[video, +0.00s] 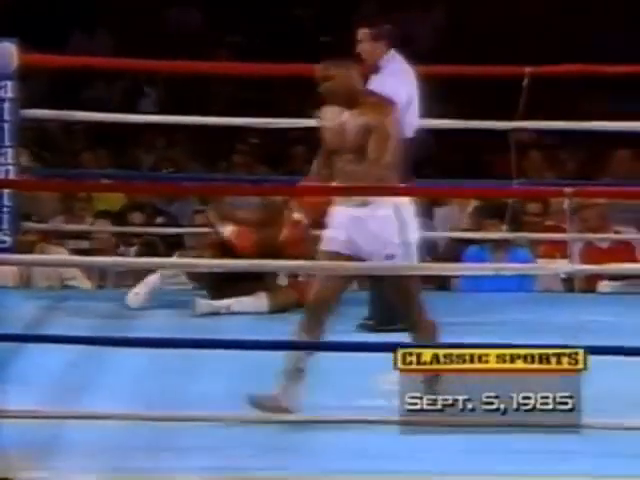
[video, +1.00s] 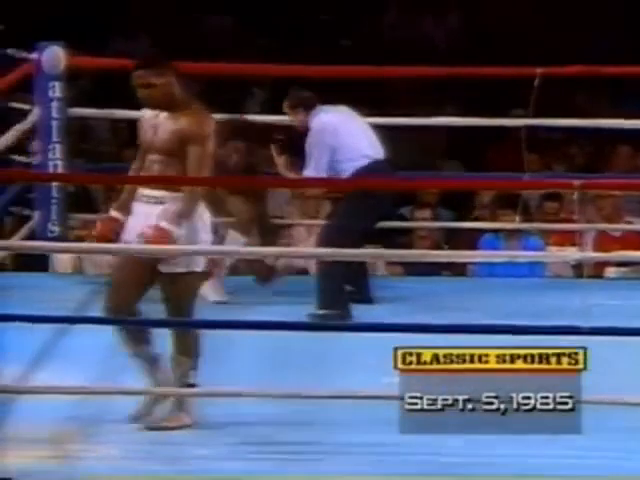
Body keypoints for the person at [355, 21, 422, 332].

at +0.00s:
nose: (358, 49)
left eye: (363, 42)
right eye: (358, 42)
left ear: (382, 43)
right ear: (377, 43)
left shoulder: (388, 80)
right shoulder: (394, 68)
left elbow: (373, 121)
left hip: (395, 148)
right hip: (401, 143)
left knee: (383, 225)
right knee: (382, 225)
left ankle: (387, 310)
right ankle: (385, 307)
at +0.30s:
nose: (330, 66)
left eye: (331, 59)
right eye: (329, 60)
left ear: (343, 57)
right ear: (354, 53)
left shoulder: (361, 82)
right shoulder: (378, 72)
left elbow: (362, 139)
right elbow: (388, 123)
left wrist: (348, 178)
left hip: (376, 152)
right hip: (391, 147)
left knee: (367, 230)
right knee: (372, 228)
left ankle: (382, 308)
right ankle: (379, 301)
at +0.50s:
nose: (307, 82)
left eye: (307, 76)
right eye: (305, 76)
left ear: (317, 70)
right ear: (331, 65)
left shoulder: (333, 91)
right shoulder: (361, 79)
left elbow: (341, 149)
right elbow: (377, 123)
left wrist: (316, 169)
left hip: (364, 155)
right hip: (384, 149)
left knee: (358, 230)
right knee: (355, 225)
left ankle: (381, 309)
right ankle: (336, 292)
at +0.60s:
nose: (293, 96)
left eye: (294, 89)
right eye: (292, 89)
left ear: (305, 87)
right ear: (317, 83)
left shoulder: (325, 104)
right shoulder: (345, 95)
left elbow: (323, 164)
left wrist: (293, 164)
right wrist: (299, 159)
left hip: (357, 167)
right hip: (376, 161)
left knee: (332, 236)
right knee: (341, 231)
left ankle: (364, 294)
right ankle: (339, 294)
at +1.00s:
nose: (293, 123)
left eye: (292, 117)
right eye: (290, 117)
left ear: (301, 111)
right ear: (312, 105)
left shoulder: (320, 125)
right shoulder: (342, 112)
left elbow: (314, 178)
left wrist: (284, 172)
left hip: (363, 182)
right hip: (383, 174)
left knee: (329, 240)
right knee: (347, 235)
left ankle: (333, 308)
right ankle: (359, 289)